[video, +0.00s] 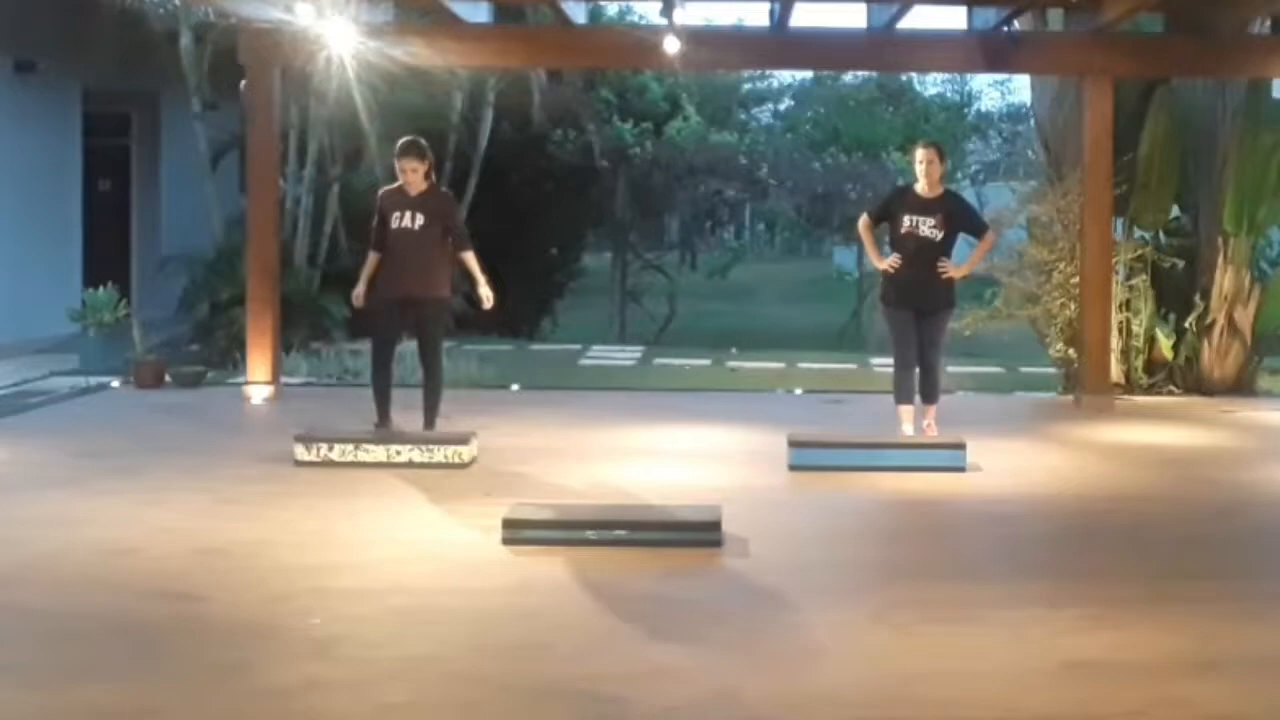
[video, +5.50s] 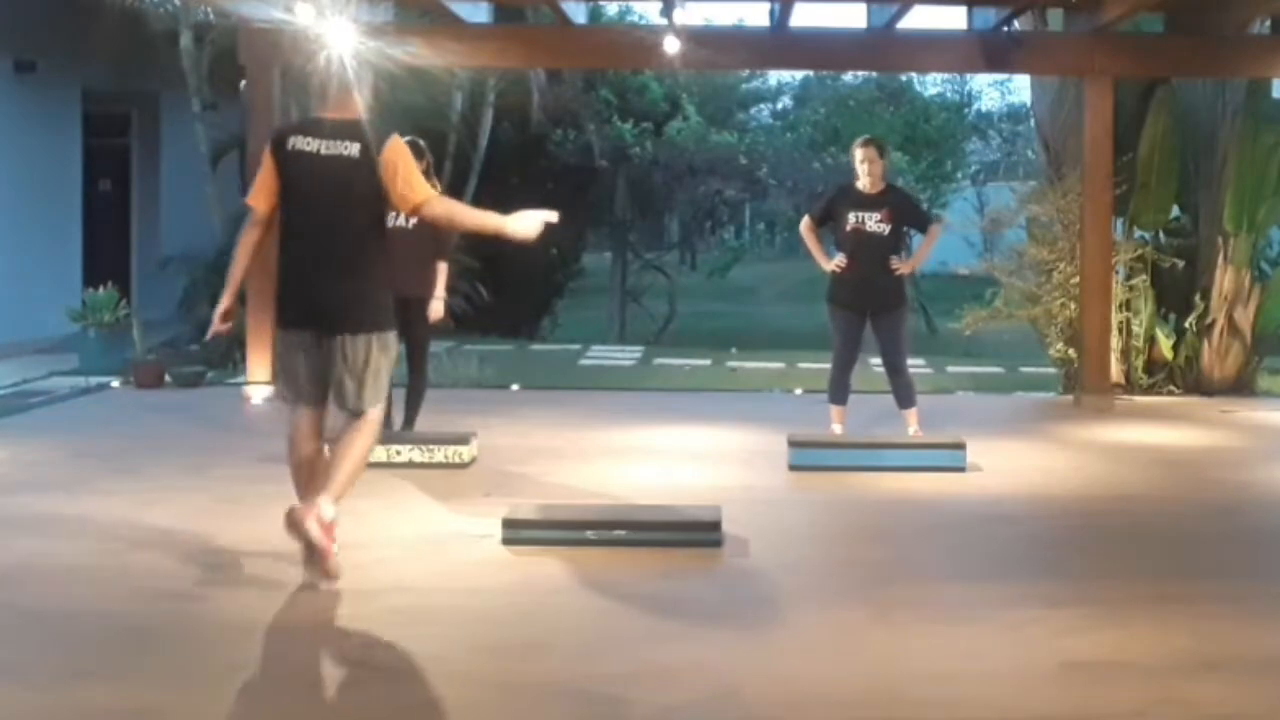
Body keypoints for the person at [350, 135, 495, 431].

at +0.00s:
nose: (407, 177)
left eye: (413, 170)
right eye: (403, 170)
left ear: (427, 168)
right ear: (396, 168)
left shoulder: (443, 201)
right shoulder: (386, 198)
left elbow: (463, 244)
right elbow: (377, 246)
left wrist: (481, 282)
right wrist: (362, 282)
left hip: (431, 295)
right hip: (391, 293)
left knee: (431, 360)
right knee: (380, 356)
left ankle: (429, 423)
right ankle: (383, 420)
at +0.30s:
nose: (404, 177)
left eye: (410, 171)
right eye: (399, 171)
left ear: (422, 168)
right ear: (392, 168)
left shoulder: (437, 201)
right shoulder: (380, 197)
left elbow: (442, 251)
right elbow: (372, 248)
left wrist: (445, 292)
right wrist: (365, 289)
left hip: (422, 294)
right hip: (386, 293)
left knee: (427, 362)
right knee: (389, 362)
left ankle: (428, 424)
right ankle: (390, 424)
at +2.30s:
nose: (393, 159)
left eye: (400, 153)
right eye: (389, 153)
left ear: (413, 160)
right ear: (383, 158)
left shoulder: (429, 199)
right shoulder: (372, 197)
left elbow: (435, 249)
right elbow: (364, 247)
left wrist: (436, 291)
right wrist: (357, 288)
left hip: (413, 294)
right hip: (379, 294)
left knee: (411, 361)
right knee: (384, 361)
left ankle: (407, 423)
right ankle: (390, 422)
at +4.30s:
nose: (395, 160)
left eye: (402, 155)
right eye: (392, 154)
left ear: (417, 160)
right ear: (387, 159)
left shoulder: (428, 199)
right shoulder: (374, 197)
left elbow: (435, 250)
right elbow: (364, 249)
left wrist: (434, 293)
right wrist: (358, 289)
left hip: (413, 296)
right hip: (380, 295)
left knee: (412, 364)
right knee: (385, 365)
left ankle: (407, 424)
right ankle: (390, 423)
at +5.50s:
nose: (405, 170)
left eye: (412, 163)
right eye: (401, 163)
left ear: (424, 165)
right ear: (392, 165)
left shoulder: (434, 203)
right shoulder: (382, 195)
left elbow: (443, 253)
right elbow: (371, 244)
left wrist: (438, 294)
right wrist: (370, 285)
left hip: (418, 293)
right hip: (383, 291)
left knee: (417, 361)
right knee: (378, 363)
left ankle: (409, 423)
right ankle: (382, 421)